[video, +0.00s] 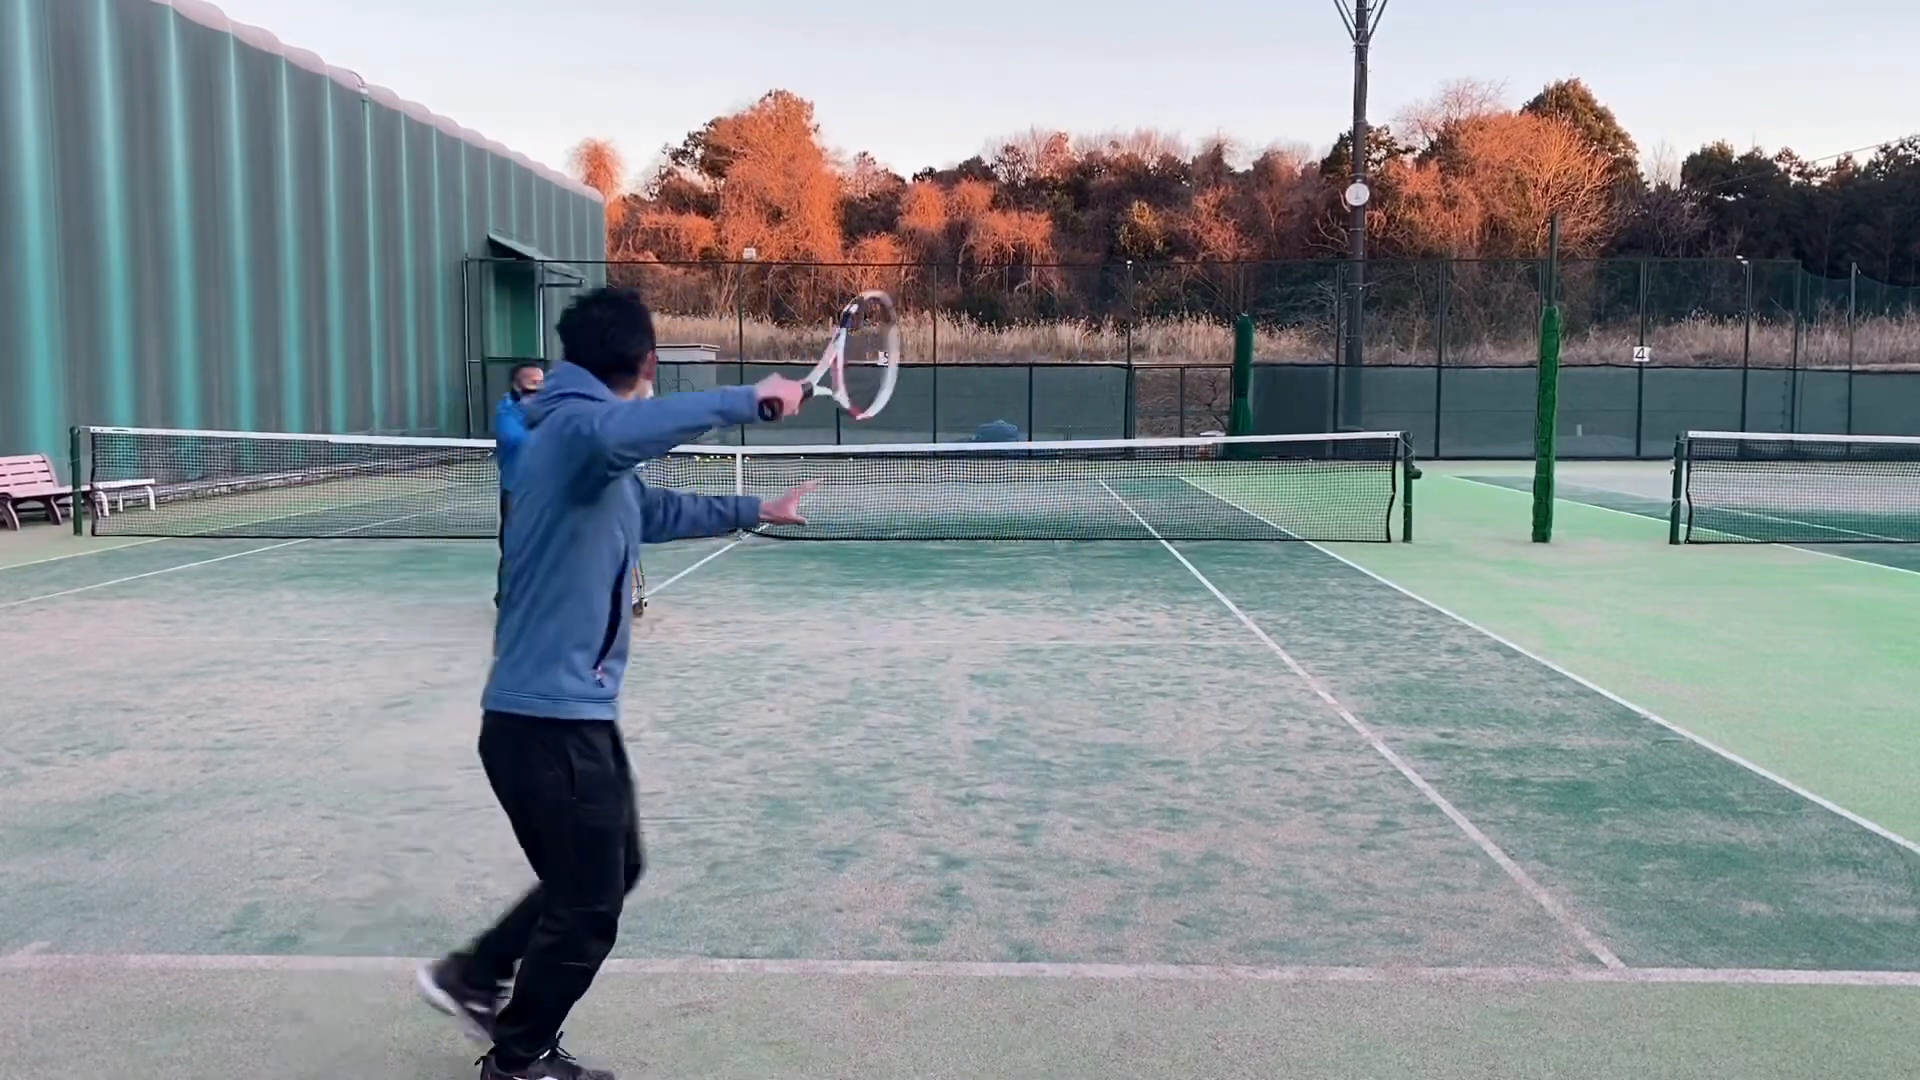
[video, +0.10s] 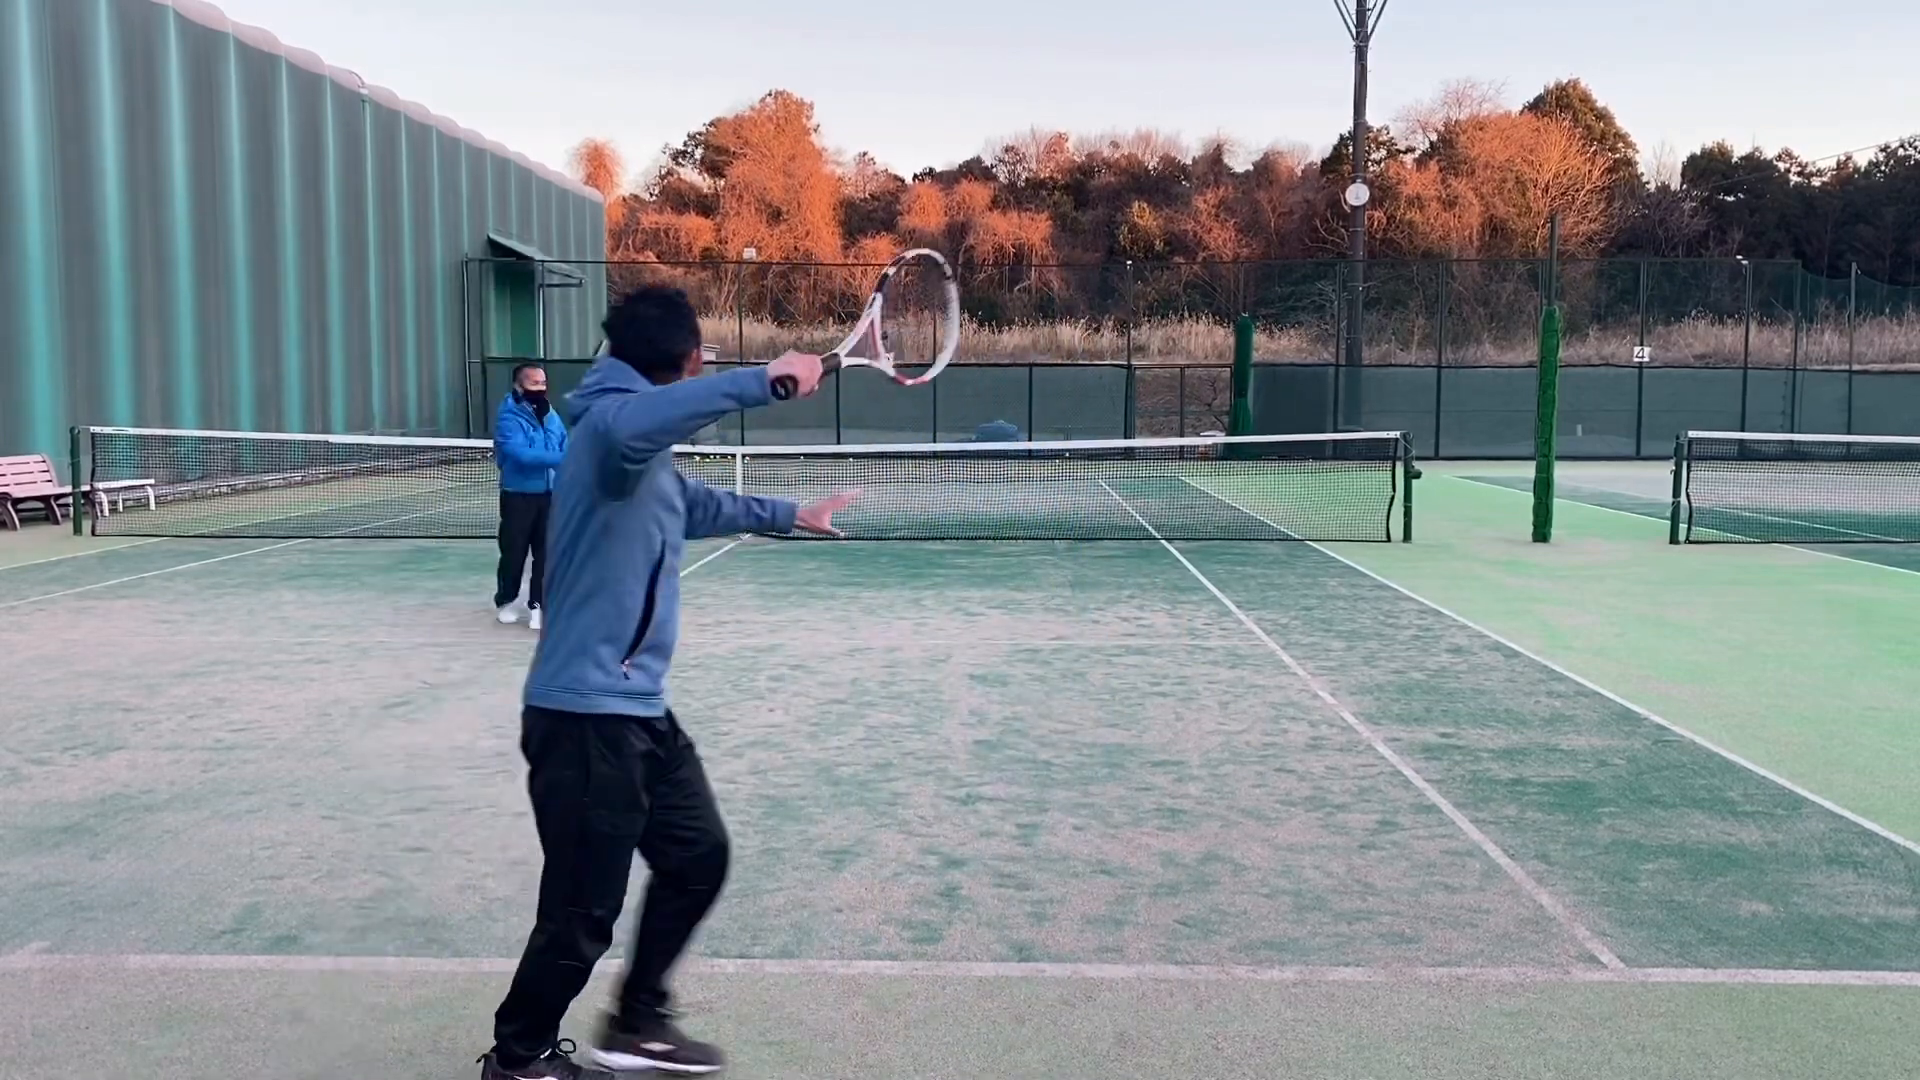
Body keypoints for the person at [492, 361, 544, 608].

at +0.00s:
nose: (537, 386)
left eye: (540, 381)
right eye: (531, 381)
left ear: (544, 382)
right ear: (517, 383)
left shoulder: (549, 405)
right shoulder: (507, 408)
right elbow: (513, 437)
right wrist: (543, 441)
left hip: (545, 487)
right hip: (515, 487)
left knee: (541, 545)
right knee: (512, 545)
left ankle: (538, 597)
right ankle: (507, 595)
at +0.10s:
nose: (541, 388)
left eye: (543, 383)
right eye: (535, 383)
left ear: (546, 384)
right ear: (520, 385)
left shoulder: (552, 415)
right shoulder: (508, 415)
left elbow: (564, 448)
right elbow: (518, 453)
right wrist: (559, 457)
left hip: (548, 491)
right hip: (518, 492)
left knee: (544, 553)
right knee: (514, 551)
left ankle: (537, 605)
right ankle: (506, 602)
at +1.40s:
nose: (539, 390)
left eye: (543, 385)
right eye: (533, 385)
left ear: (546, 384)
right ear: (519, 386)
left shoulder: (552, 414)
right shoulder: (509, 417)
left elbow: (567, 447)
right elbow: (521, 458)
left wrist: (567, 469)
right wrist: (556, 486)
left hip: (548, 492)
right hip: (518, 494)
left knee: (547, 553)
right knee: (514, 552)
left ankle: (541, 607)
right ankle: (506, 602)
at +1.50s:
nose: (538, 389)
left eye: (542, 384)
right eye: (532, 384)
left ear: (546, 384)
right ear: (519, 386)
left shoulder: (552, 414)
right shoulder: (509, 417)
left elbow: (568, 447)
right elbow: (519, 458)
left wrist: (566, 471)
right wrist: (555, 484)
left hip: (548, 493)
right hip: (518, 494)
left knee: (547, 554)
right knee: (514, 552)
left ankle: (541, 607)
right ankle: (506, 602)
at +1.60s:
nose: (537, 388)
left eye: (541, 383)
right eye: (531, 384)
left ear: (545, 383)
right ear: (518, 386)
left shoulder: (553, 414)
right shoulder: (509, 417)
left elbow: (569, 448)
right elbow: (516, 459)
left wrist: (565, 474)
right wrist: (554, 481)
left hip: (547, 494)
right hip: (517, 495)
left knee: (547, 553)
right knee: (514, 552)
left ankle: (541, 607)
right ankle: (506, 602)